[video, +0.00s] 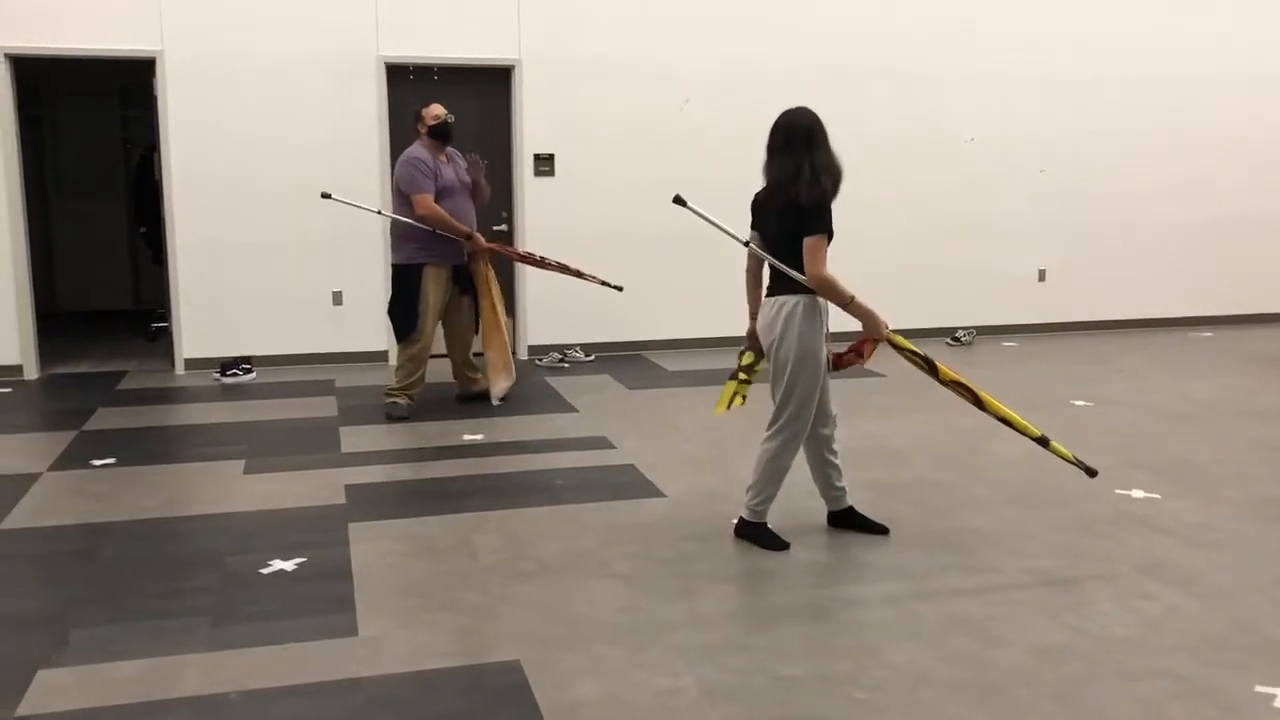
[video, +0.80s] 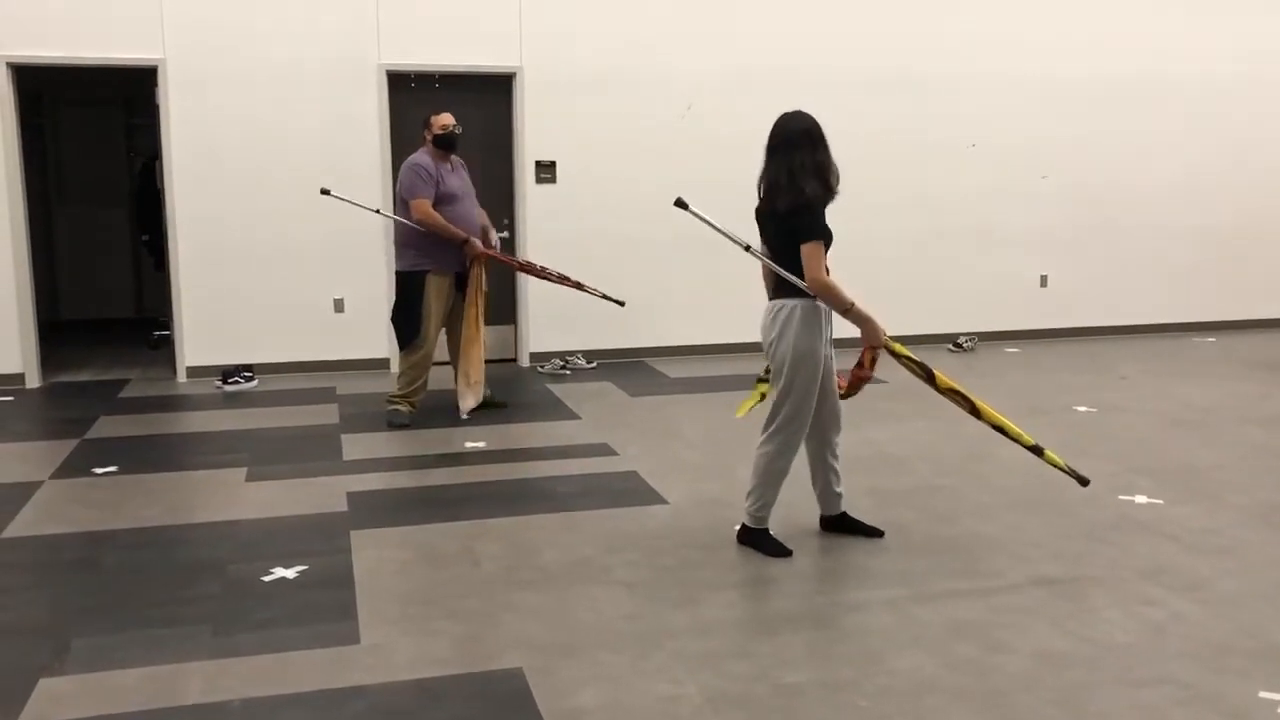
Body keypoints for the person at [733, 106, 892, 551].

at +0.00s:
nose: (829, 153)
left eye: (822, 145)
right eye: (825, 145)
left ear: (774, 149)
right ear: (819, 149)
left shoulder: (764, 200)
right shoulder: (813, 199)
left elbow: (754, 264)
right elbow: (815, 275)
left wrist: (754, 322)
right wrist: (866, 314)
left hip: (778, 311)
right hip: (800, 313)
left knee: (819, 417)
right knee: (793, 417)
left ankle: (839, 509)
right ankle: (752, 518)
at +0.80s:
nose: (827, 158)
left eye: (822, 150)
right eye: (822, 150)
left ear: (776, 153)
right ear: (814, 153)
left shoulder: (773, 201)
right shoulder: (805, 202)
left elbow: (772, 274)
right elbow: (816, 280)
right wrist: (865, 321)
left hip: (795, 316)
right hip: (799, 317)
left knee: (825, 420)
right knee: (788, 423)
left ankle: (833, 513)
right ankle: (754, 524)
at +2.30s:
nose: (842, 144)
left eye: (842, 136)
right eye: (837, 136)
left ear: (804, 136)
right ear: (820, 139)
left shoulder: (813, 190)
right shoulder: (804, 193)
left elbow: (820, 268)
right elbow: (825, 271)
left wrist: (855, 302)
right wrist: (874, 310)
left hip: (827, 308)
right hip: (805, 309)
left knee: (834, 411)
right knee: (789, 415)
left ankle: (844, 505)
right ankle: (763, 517)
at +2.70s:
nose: (840, 145)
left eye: (837, 136)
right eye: (835, 136)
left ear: (794, 137)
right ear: (824, 140)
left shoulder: (804, 186)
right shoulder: (806, 190)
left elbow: (815, 262)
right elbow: (825, 267)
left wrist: (846, 294)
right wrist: (875, 307)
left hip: (823, 302)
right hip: (805, 304)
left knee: (831, 408)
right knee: (789, 411)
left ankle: (842, 501)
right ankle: (762, 513)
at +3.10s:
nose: (839, 140)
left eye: (833, 132)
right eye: (834, 132)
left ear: (788, 138)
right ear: (827, 136)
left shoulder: (787, 186)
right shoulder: (817, 186)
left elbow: (787, 264)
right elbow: (831, 262)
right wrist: (878, 303)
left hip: (806, 299)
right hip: (808, 301)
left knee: (827, 403)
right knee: (790, 407)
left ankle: (840, 496)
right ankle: (761, 509)